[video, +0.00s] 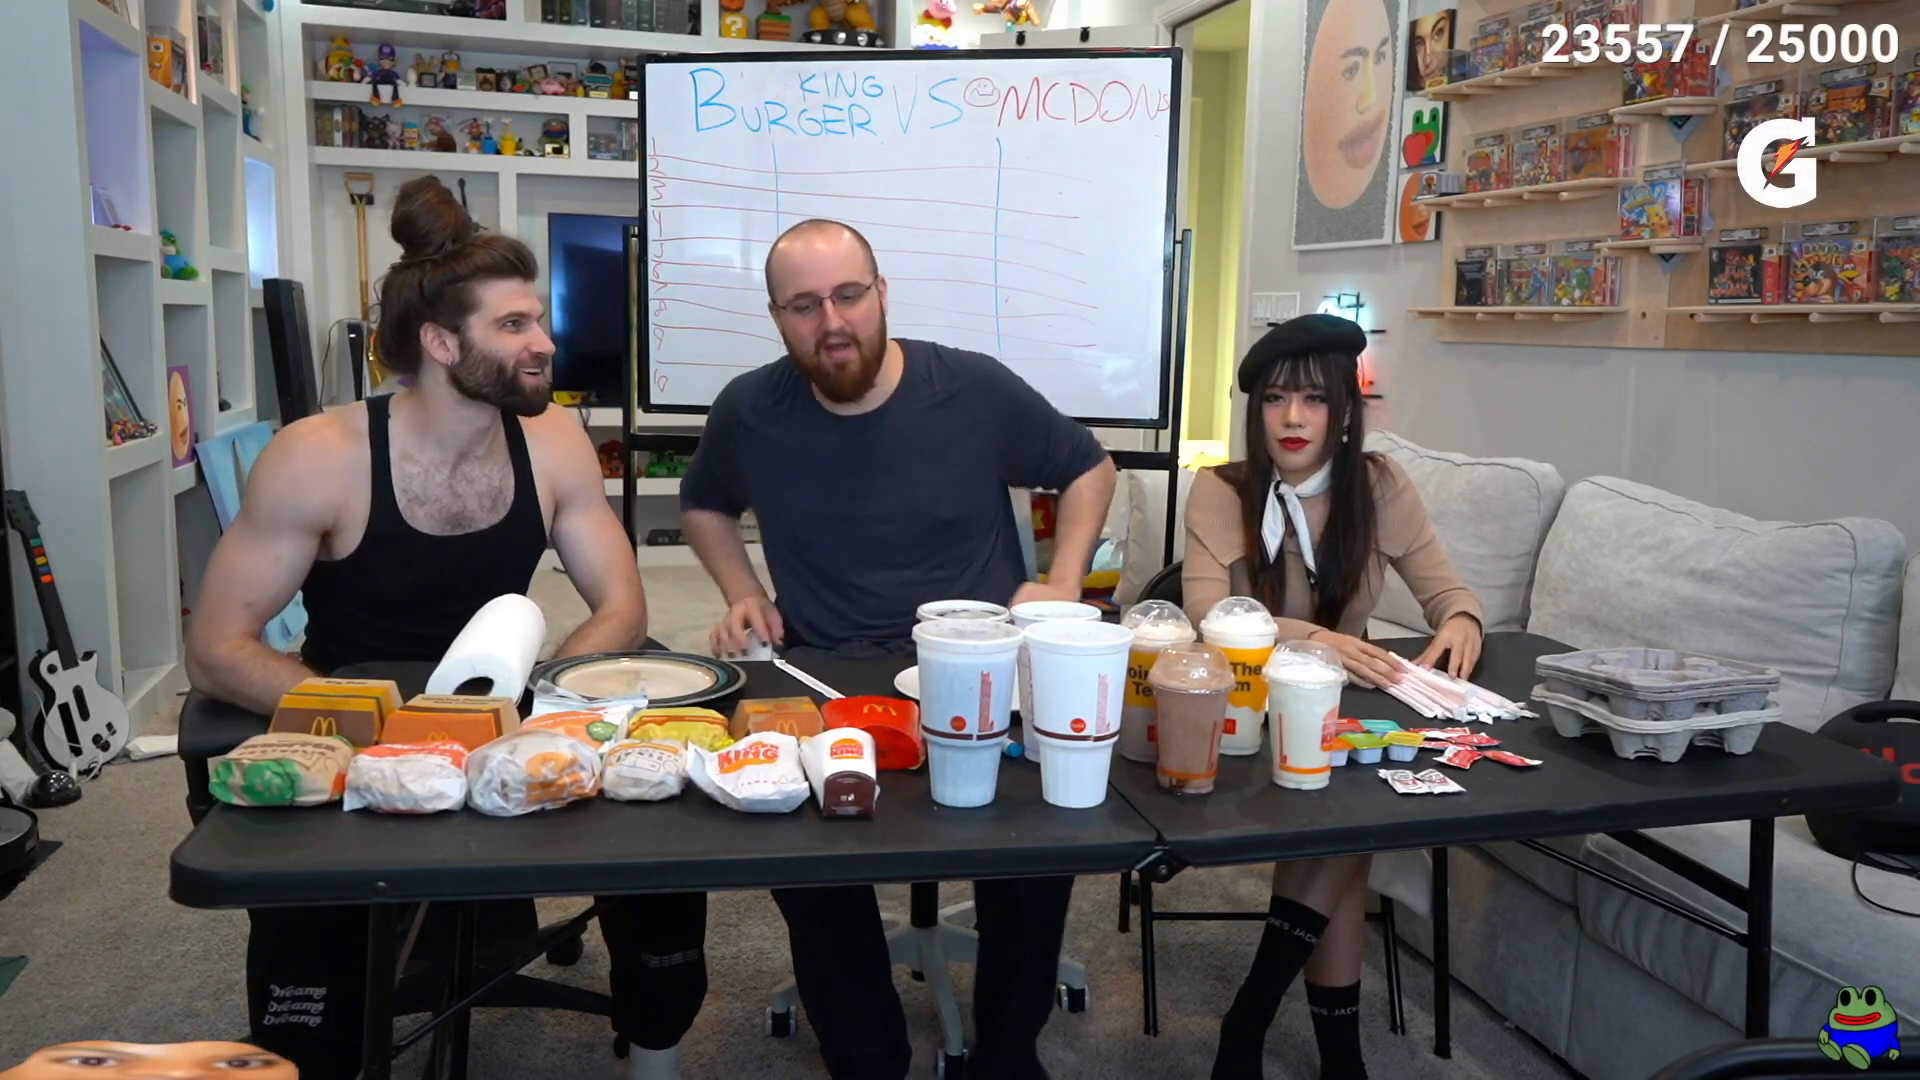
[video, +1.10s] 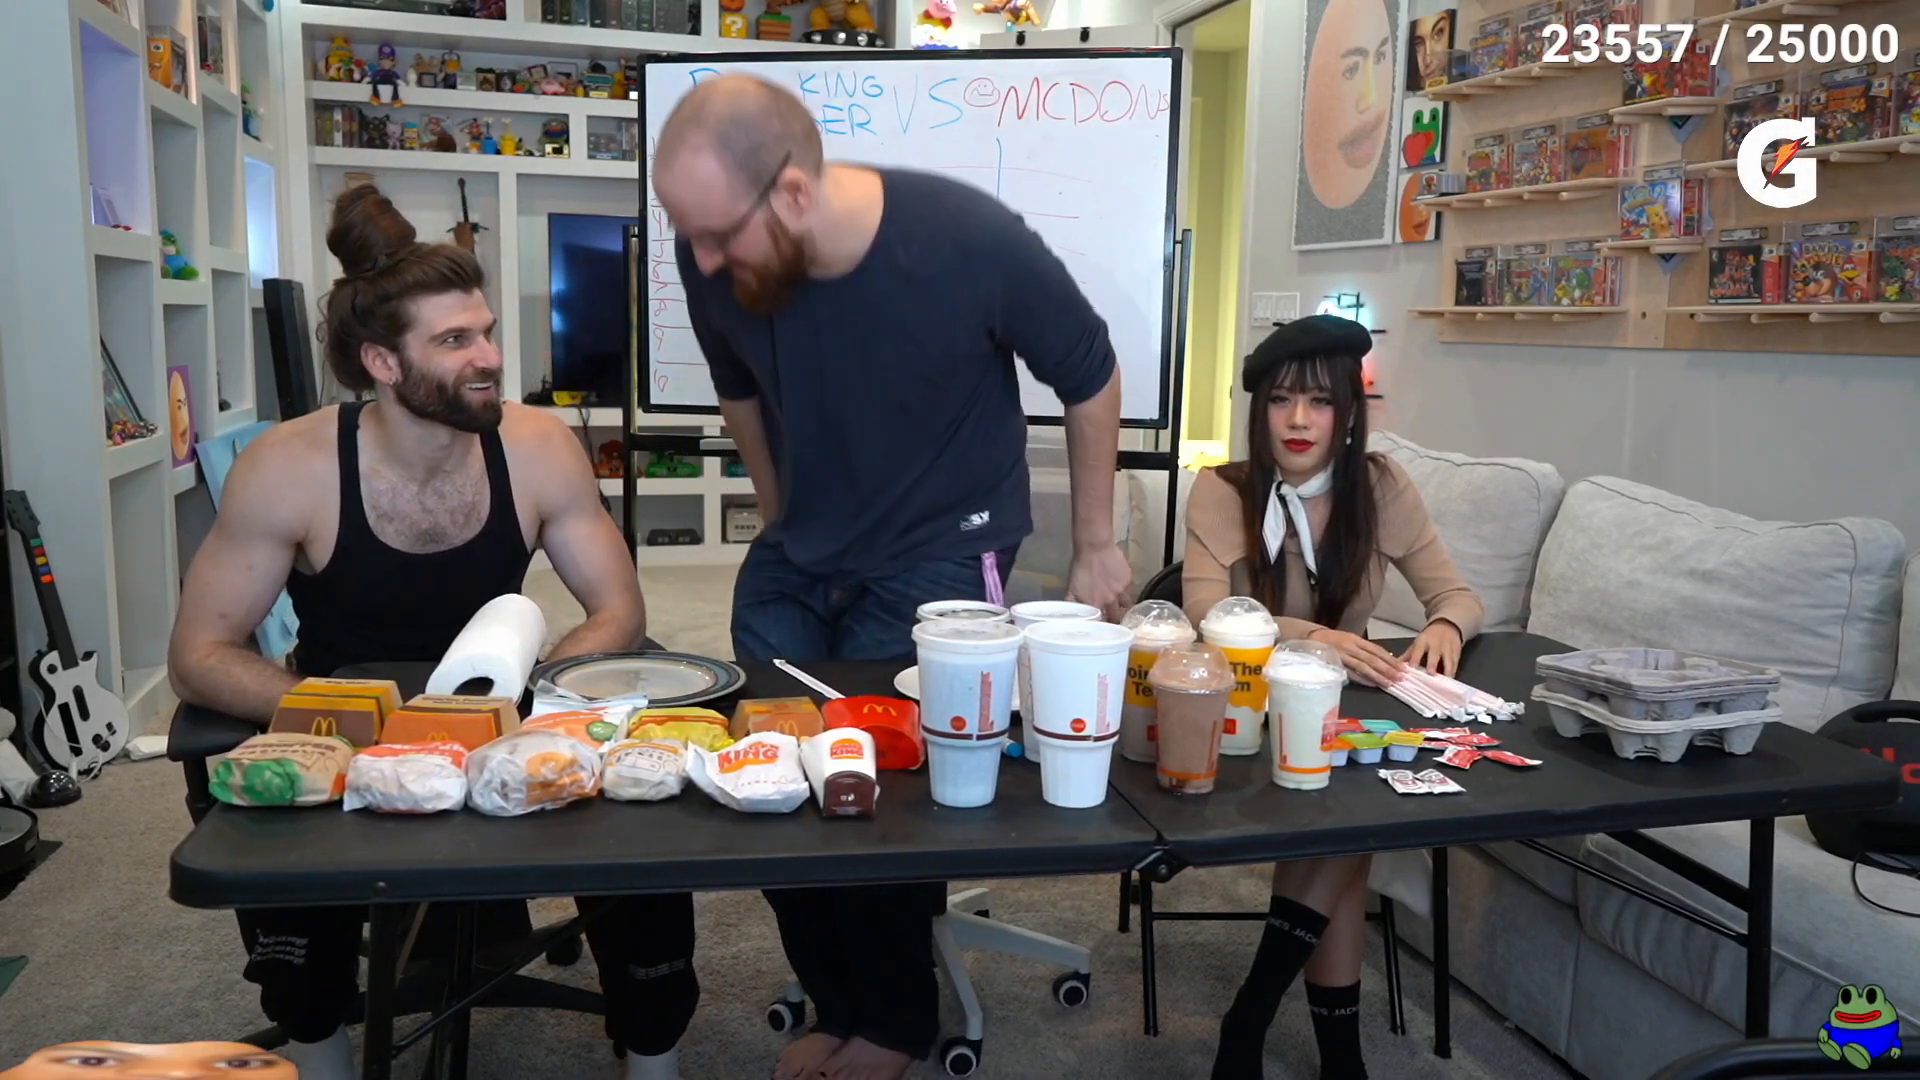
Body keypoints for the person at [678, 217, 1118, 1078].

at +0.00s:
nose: (832, 321)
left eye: (850, 296)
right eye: (804, 305)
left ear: (882, 296)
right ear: (777, 319)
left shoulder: (971, 388)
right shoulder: (748, 412)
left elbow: (1089, 466)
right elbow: (704, 502)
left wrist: (1063, 582)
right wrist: (742, 591)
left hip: (979, 677)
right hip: (827, 681)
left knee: (1039, 834)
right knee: (804, 840)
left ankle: (1007, 1057)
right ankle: (869, 1060)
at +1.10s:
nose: (703, 262)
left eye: (716, 238)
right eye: (690, 240)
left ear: (795, 189)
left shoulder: (970, 240)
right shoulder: (711, 250)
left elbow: (1090, 373)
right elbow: (740, 390)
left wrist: (1097, 544)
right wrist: (779, 516)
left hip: (934, 571)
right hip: (796, 560)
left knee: (873, 811)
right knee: (763, 798)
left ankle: (898, 1030)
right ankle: (837, 1016)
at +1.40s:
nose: (682, 104)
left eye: (680, 76)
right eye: (672, 82)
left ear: (746, 46)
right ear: (744, 50)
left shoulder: (950, 155)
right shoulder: (763, 150)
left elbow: (1052, 350)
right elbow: (780, 323)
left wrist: (1018, 538)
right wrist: (782, 461)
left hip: (903, 541)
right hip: (776, 514)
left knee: (854, 797)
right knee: (731, 760)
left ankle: (900, 1023)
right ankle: (814, 982)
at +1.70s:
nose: (634, 79)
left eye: (623, 49)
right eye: (621, 55)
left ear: (671, 20)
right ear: (686, 18)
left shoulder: (854, 121)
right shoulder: (765, 122)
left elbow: (972, 335)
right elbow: (827, 328)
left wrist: (894, 521)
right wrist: (784, 485)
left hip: (866, 522)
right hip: (783, 505)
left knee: (850, 771)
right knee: (716, 730)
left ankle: (893, 1025)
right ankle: (770, 980)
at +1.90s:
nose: (602, 86)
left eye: (589, 56)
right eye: (588, 64)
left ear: (621, 23)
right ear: (650, 18)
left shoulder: (783, 93)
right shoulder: (741, 111)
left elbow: (885, 311)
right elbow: (793, 318)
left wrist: (758, 463)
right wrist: (753, 464)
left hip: (860, 481)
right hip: (794, 478)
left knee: (809, 734)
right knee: (692, 691)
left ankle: (897, 1022)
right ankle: (724, 941)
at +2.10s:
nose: (568, 84)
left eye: (560, 57)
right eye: (558, 65)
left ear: (586, 24)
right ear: (638, 15)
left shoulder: (714, 100)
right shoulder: (717, 94)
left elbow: (757, 317)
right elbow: (758, 311)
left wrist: (652, 381)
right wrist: (664, 382)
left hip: (792, 472)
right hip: (766, 468)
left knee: (778, 741)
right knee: (703, 703)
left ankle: (894, 1016)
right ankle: (719, 903)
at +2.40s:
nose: (489, 88)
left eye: (481, 68)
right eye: (482, 71)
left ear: (493, 55)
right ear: (576, 35)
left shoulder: (566, 137)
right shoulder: (689, 111)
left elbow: (606, 338)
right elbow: (716, 291)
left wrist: (524, 384)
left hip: (683, 477)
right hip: (774, 457)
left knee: (657, 707)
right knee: (740, 703)